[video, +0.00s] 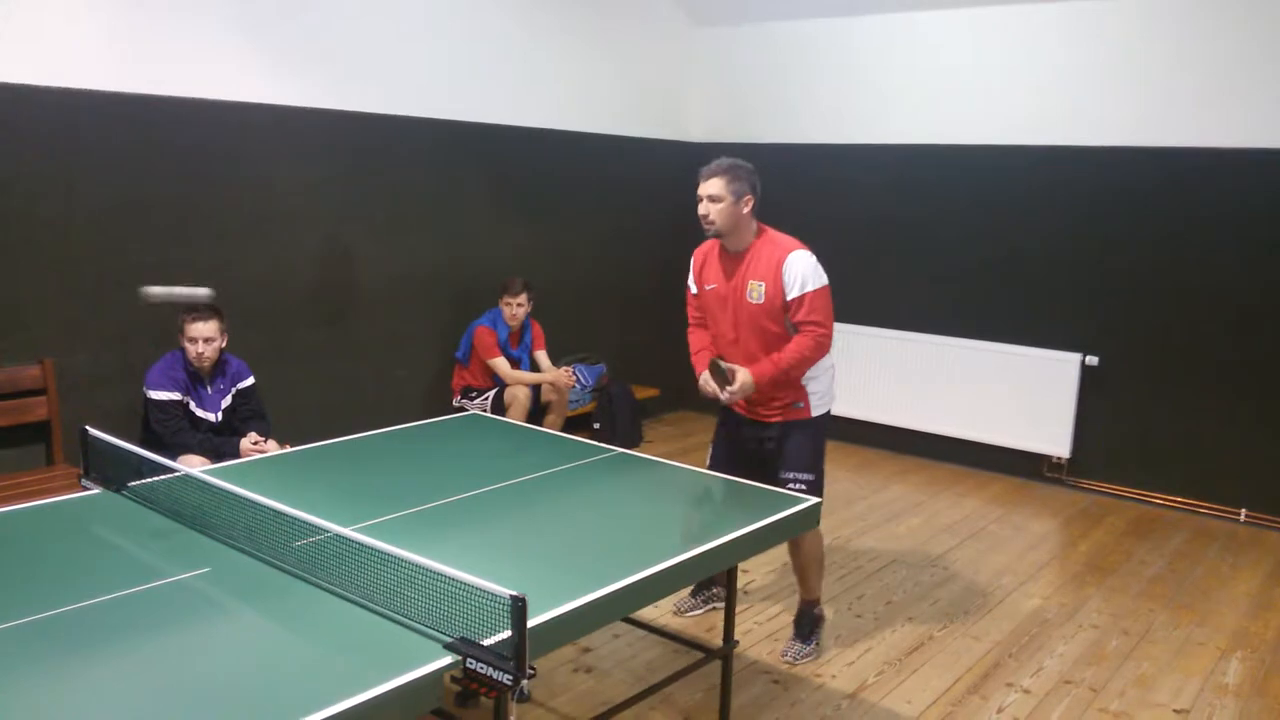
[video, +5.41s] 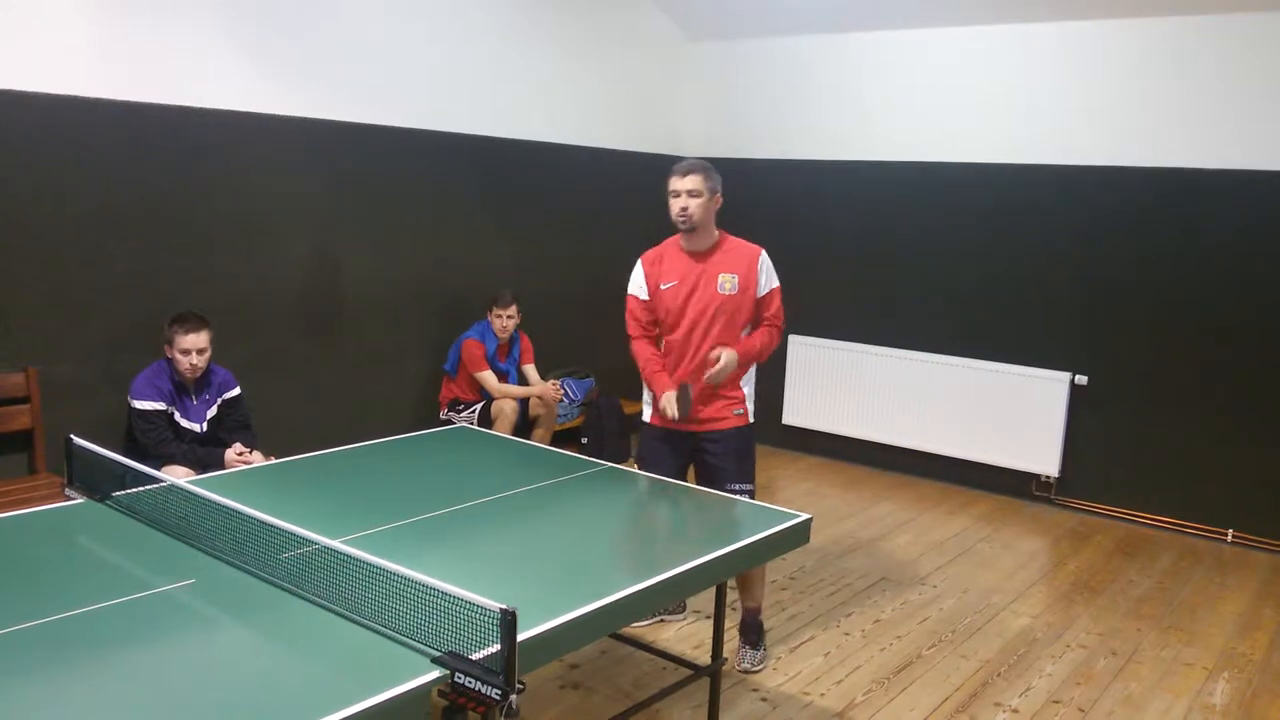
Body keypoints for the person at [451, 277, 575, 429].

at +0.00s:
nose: (513, 311)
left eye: (520, 305)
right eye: (508, 305)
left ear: (529, 307)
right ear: (500, 304)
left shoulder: (533, 328)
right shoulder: (483, 330)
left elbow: (547, 368)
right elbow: (508, 377)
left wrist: (561, 376)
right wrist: (553, 377)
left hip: (505, 390)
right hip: (470, 397)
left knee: (559, 391)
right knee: (521, 394)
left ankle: (546, 451)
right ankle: (509, 451)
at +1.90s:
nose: (503, 319)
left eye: (510, 313)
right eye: (498, 312)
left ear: (519, 315)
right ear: (491, 313)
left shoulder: (523, 337)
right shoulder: (474, 339)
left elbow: (537, 377)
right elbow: (498, 387)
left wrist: (552, 386)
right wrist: (543, 386)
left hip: (497, 399)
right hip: (461, 405)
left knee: (550, 400)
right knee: (511, 403)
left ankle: (537, 462)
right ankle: (501, 461)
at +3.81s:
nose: (508, 319)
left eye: (514, 313)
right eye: (503, 312)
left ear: (523, 314)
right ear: (494, 312)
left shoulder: (527, 336)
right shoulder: (477, 339)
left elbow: (541, 377)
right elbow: (501, 386)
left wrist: (554, 384)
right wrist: (544, 386)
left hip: (501, 399)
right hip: (464, 405)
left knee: (553, 401)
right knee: (513, 402)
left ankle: (541, 463)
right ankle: (501, 461)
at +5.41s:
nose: (504, 324)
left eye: (510, 318)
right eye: (498, 317)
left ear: (518, 319)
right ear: (489, 316)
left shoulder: (521, 341)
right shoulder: (472, 343)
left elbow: (536, 382)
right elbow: (496, 391)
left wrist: (550, 390)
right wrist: (539, 391)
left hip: (494, 404)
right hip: (457, 410)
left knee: (547, 405)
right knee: (508, 407)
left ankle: (534, 468)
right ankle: (495, 467)